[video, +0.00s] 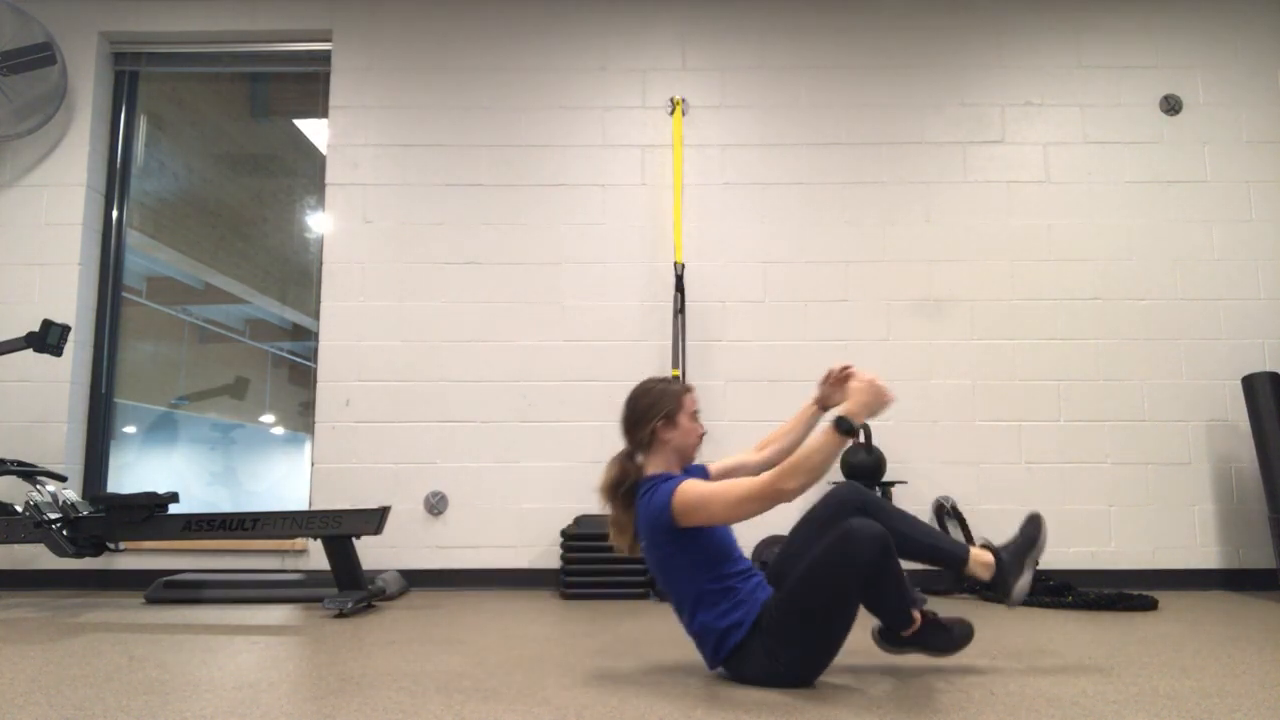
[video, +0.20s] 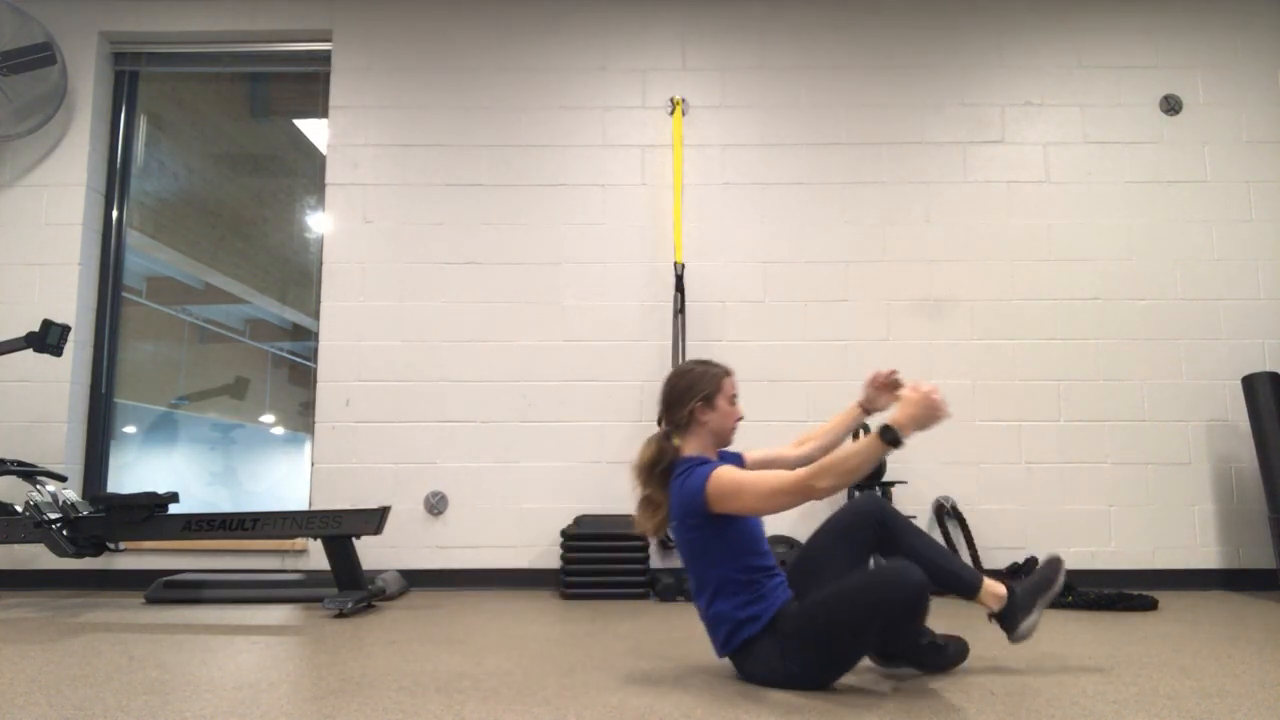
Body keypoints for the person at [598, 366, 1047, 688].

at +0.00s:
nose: (701, 425)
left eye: (698, 416)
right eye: (693, 416)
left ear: (664, 429)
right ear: (663, 428)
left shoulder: (685, 479)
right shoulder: (667, 500)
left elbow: (765, 456)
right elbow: (782, 486)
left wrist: (819, 402)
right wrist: (850, 417)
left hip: (767, 615)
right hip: (762, 651)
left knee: (847, 497)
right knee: (857, 537)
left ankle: (987, 567)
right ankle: (904, 626)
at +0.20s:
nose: (740, 412)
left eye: (736, 400)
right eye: (731, 401)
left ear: (702, 410)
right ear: (701, 411)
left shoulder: (721, 464)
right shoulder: (700, 483)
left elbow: (800, 453)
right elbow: (814, 484)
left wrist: (862, 407)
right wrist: (897, 427)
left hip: (785, 610)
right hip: (771, 647)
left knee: (869, 514)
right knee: (902, 581)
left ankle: (1000, 599)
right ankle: (900, 647)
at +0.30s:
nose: (759, 405)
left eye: (756, 394)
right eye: (750, 395)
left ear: (721, 404)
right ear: (718, 405)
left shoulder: (737, 458)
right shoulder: (719, 474)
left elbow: (818, 455)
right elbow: (826, 484)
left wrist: (884, 414)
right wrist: (922, 435)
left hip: (790, 610)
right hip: (773, 644)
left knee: (877, 520)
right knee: (919, 610)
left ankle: (1007, 609)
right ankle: (915, 655)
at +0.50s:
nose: (794, 396)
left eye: (792, 384)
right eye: (787, 385)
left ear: (752, 392)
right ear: (754, 391)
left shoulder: (766, 451)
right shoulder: (753, 464)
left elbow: (849, 462)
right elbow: (857, 490)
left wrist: (923, 439)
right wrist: (960, 458)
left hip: (808, 610)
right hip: (784, 640)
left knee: (894, 527)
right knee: (927, 659)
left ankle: (1012, 626)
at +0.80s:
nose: (833, 392)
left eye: (830, 381)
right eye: (825, 381)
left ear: (791, 386)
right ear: (793, 386)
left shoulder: (794, 448)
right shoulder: (792, 457)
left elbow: (877, 489)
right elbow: (889, 506)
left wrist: (952, 484)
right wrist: (1006, 506)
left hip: (828, 610)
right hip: (797, 635)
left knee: (906, 534)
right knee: (938, 664)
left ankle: (1026, 629)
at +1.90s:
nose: (777, 397)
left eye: (773, 385)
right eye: (768, 386)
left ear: (738, 396)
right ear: (740, 394)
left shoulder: (742, 458)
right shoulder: (744, 462)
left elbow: (838, 496)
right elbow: (852, 498)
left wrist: (901, 473)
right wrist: (960, 475)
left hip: (800, 610)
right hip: (785, 642)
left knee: (903, 535)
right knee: (934, 616)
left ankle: (1022, 629)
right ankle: (908, 663)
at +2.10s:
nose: (727, 408)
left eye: (722, 397)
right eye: (717, 398)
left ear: (688, 412)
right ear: (688, 412)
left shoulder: (700, 471)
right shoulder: (701, 479)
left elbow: (794, 497)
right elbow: (809, 500)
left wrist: (846, 469)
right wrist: (908, 455)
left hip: (782, 611)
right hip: (774, 645)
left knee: (891, 529)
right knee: (912, 570)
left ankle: (1009, 624)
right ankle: (897, 650)